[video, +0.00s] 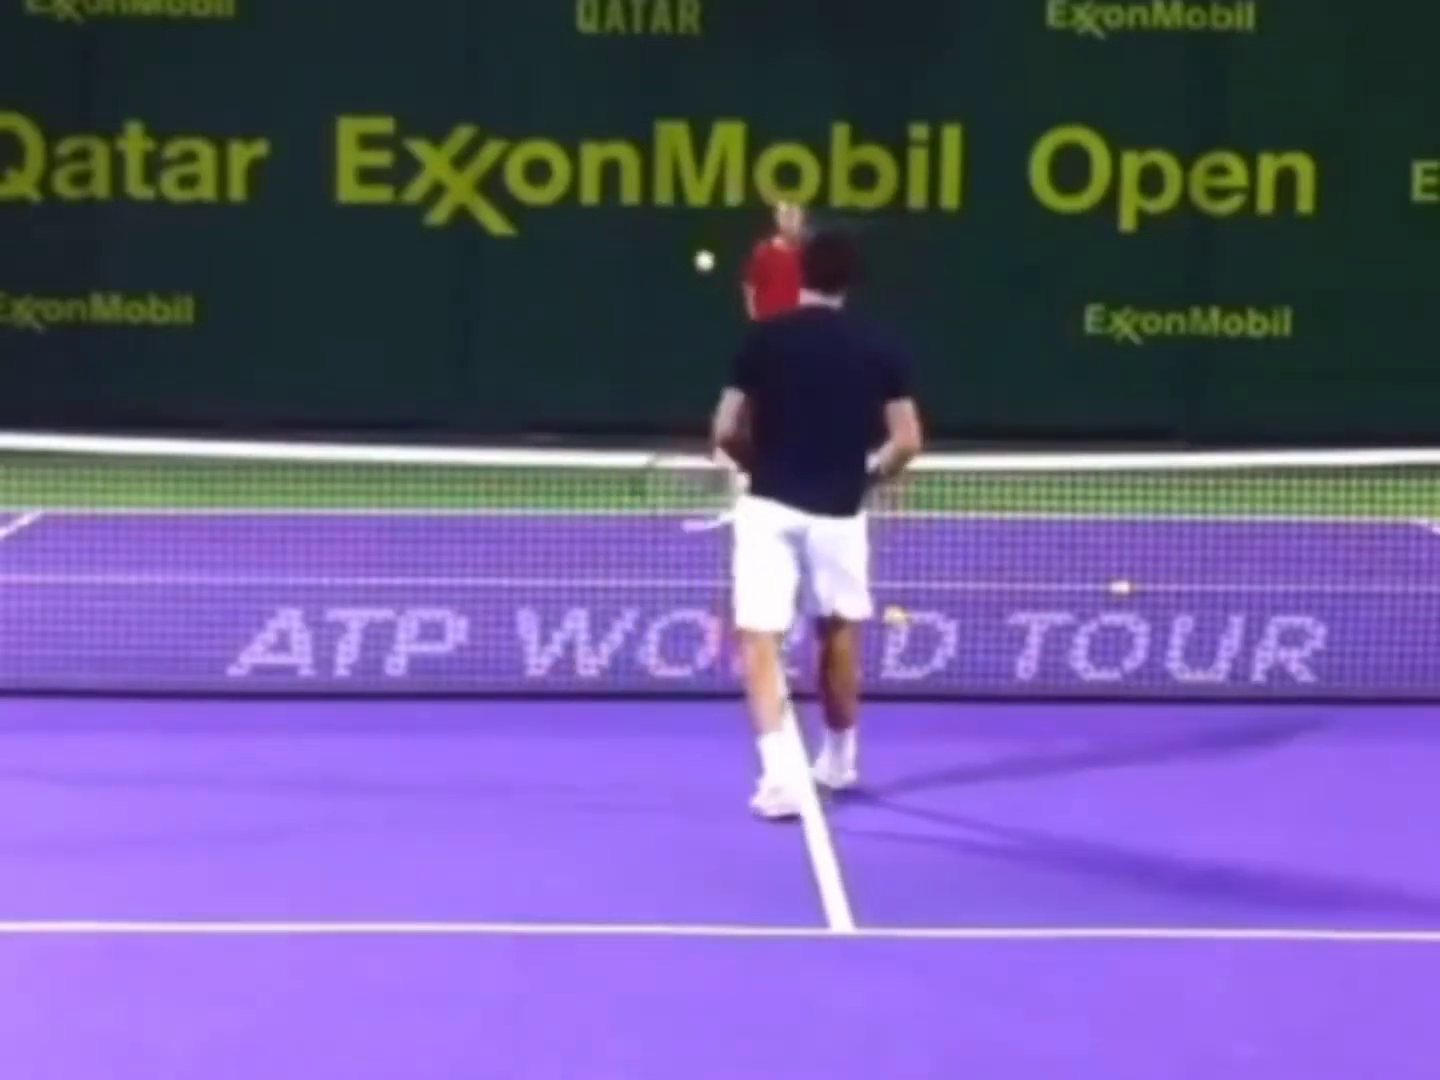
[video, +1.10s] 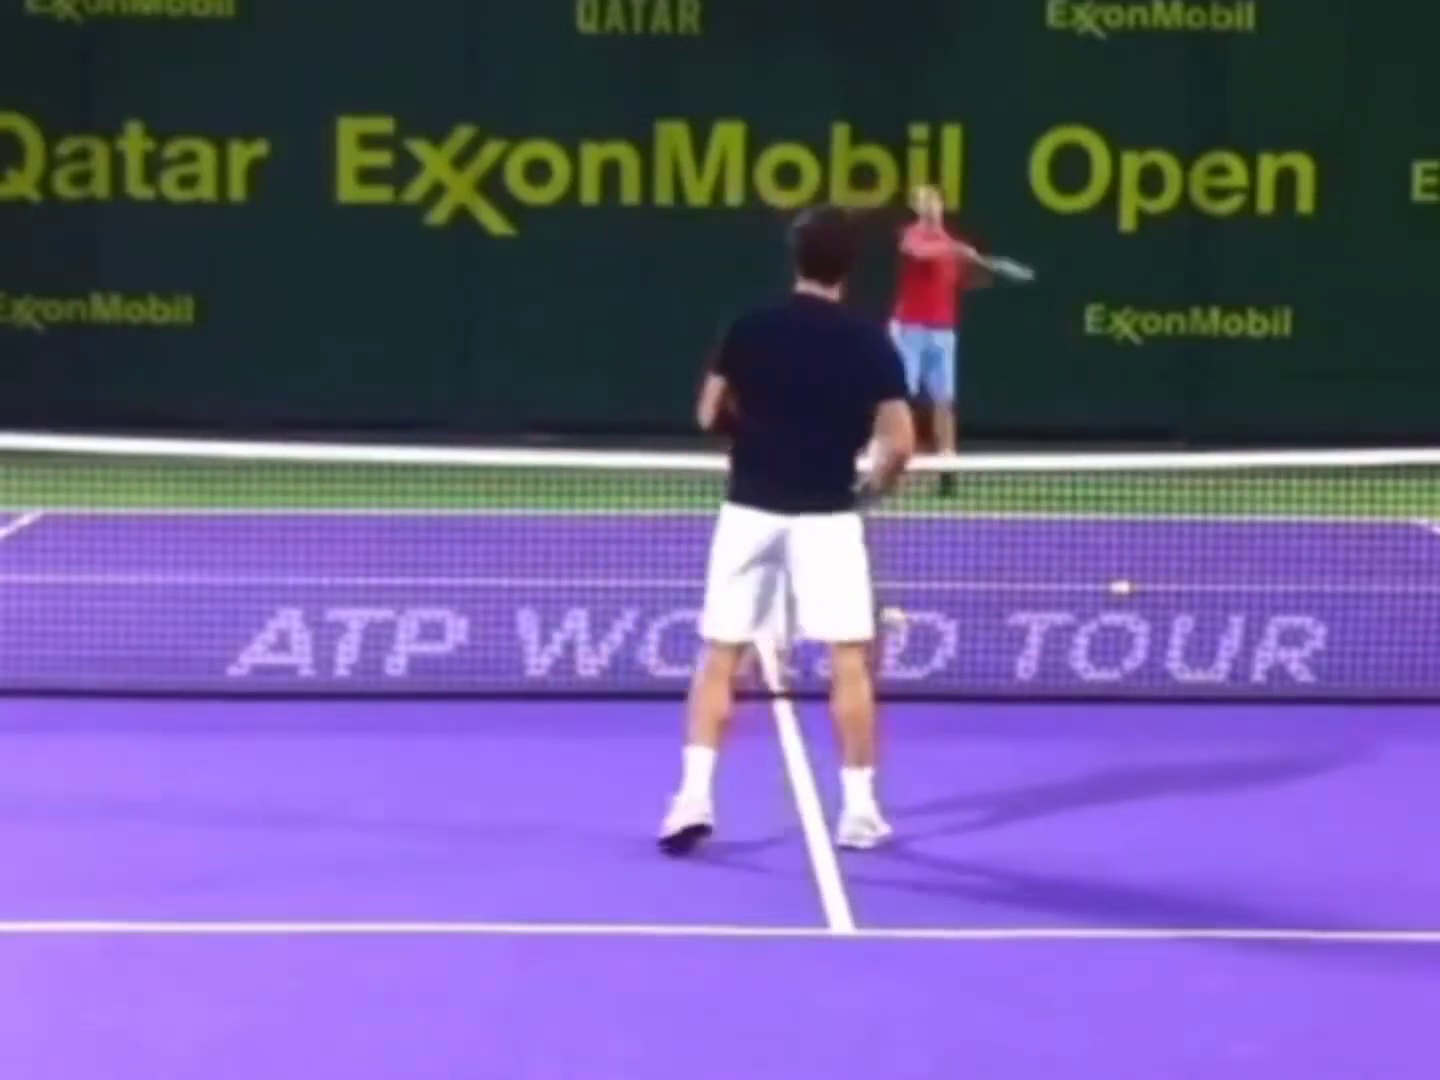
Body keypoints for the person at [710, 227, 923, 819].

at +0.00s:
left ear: (800, 278)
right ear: (852, 282)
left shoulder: (765, 337)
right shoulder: (874, 345)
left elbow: (726, 429)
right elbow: (906, 439)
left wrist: (764, 462)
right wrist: (867, 472)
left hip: (768, 505)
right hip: (840, 514)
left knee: (760, 642)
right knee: (841, 634)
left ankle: (783, 774)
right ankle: (840, 760)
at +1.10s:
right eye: (844, 265)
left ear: (794, 264)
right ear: (849, 271)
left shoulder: (751, 327)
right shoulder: (867, 340)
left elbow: (710, 413)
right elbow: (899, 442)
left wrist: (757, 426)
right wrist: (870, 477)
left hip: (749, 511)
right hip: (826, 516)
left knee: (720, 655)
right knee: (848, 659)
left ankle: (694, 794)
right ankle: (859, 806)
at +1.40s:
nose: (784, 274)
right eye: (786, 265)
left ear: (731, 264)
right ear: (786, 271)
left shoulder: (688, 324)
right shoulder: (787, 339)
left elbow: (623, 408)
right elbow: (816, 446)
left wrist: (669, 445)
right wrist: (873, 480)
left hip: (683, 518)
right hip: (758, 523)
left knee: (684, 664)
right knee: (794, 657)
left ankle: (680, 815)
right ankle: (826, 800)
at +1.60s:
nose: (777, 279)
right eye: (779, 270)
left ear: (722, 260)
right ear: (774, 274)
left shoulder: (666, 316)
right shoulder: (767, 341)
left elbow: (591, 389)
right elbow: (803, 441)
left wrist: (625, 446)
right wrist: (862, 487)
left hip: (657, 517)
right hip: (733, 523)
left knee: (664, 666)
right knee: (764, 662)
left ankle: (675, 815)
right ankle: (758, 810)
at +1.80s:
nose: (771, 281)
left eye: (765, 268)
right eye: (774, 272)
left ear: (714, 261)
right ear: (768, 277)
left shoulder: (659, 317)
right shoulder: (765, 348)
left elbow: (588, 389)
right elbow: (767, 446)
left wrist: (634, 424)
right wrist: (773, 453)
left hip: (646, 515)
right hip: (716, 522)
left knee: (659, 671)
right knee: (715, 672)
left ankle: (673, 813)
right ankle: (698, 812)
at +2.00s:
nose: (765, 287)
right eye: (767, 278)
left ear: (707, 268)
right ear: (764, 285)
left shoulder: (654, 323)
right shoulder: (765, 358)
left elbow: (596, 408)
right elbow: (763, 450)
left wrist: (652, 413)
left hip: (633, 523)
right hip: (707, 530)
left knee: (649, 676)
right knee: (697, 683)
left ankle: (665, 811)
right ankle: (690, 827)